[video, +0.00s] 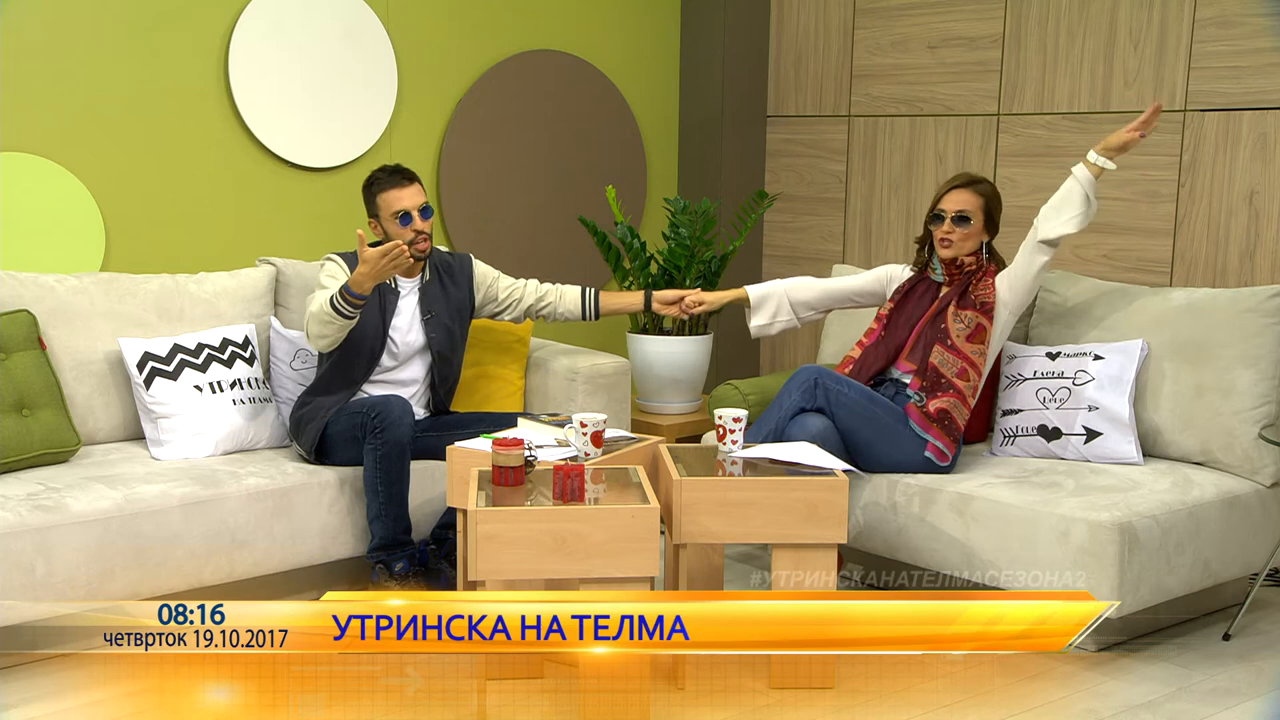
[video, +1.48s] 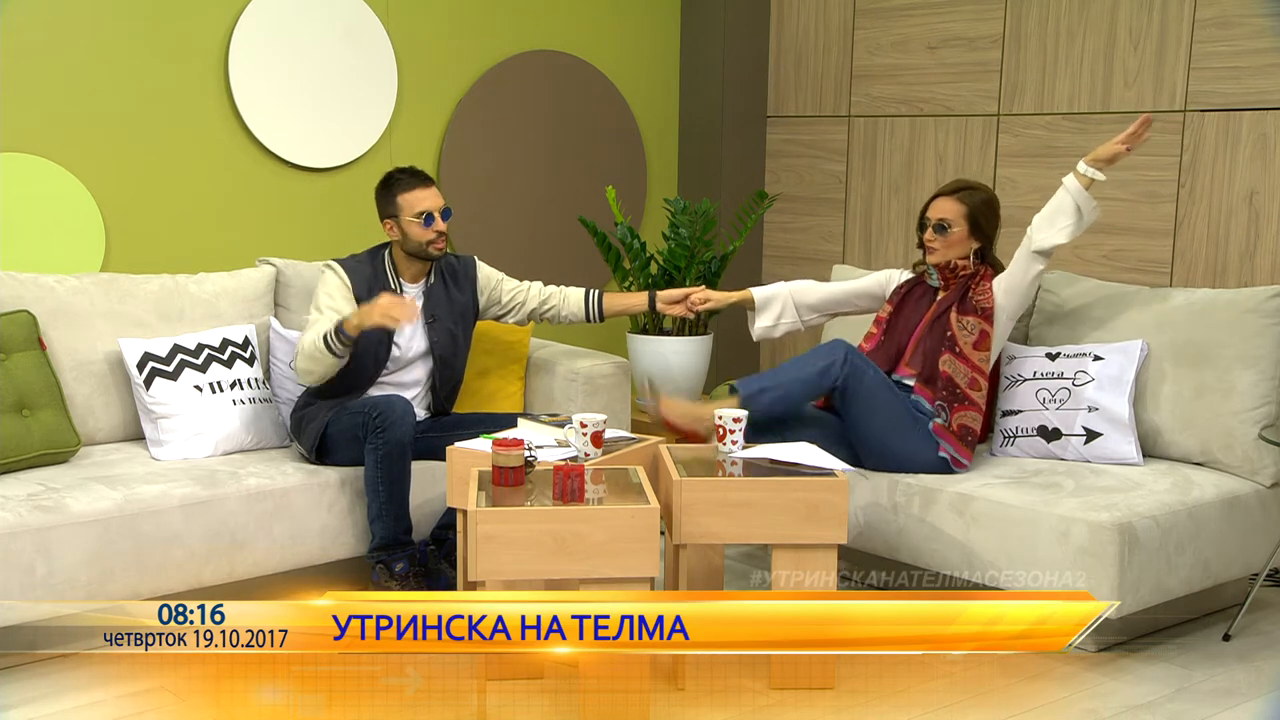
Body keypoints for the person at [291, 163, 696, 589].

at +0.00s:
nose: (419, 226)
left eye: (424, 212)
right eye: (402, 218)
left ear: (433, 212)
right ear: (374, 227)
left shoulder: (460, 273)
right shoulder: (345, 271)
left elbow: (543, 299)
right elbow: (319, 337)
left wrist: (650, 299)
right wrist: (361, 284)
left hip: (417, 421)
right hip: (332, 423)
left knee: (515, 430)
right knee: (393, 411)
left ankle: (443, 549)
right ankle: (393, 558)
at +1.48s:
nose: (440, 227)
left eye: (443, 215)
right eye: (424, 219)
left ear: (449, 216)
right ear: (390, 228)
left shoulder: (464, 276)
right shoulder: (345, 280)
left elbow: (547, 301)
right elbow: (307, 369)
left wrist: (654, 300)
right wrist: (354, 323)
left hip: (417, 421)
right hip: (331, 422)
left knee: (515, 431)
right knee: (393, 410)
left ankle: (444, 550)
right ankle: (392, 559)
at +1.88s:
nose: (443, 228)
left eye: (443, 215)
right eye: (428, 219)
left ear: (443, 215)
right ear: (389, 230)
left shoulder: (456, 275)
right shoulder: (334, 284)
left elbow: (533, 309)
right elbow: (306, 379)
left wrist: (637, 324)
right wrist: (369, 382)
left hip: (420, 420)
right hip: (333, 424)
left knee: (525, 431)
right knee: (391, 412)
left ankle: (440, 553)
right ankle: (393, 561)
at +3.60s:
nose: (431, 281)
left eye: (441, 270)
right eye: (420, 271)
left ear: (450, 259)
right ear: (398, 260)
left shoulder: (470, 295)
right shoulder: (361, 307)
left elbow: (544, 318)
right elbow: (318, 387)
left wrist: (638, 320)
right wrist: (371, 394)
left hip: (440, 426)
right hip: (367, 428)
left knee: (527, 420)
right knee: (411, 427)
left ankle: (464, 548)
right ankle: (425, 557)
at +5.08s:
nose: (457, 262)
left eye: (464, 253)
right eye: (445, 254)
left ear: (471, 258)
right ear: (424, 263)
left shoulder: (490, 302)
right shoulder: (392, 312)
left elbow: (559, 323)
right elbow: (360, 390)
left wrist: (643, 325)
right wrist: (396, 381)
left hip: (463, 419)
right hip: (393, 422)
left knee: (546, 416)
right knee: (443, 408)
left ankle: (483, 524)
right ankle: (442, 537)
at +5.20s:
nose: (456, 260)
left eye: (463, 251)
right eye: (444, 252)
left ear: (470, 257)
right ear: (424, 261)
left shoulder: (489, 301)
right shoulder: (394, 312)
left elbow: (556, 323)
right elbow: (382, 393)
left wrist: (642, 325)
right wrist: (416, 350)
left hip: (464, 418)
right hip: (394, 421)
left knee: (547, 415)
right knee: (444, 406)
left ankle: (485, 521)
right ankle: (443, 534)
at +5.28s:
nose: (455, 258)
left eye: (462, 250)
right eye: (443, 251)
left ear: (469, 255)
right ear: (424, 259)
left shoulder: (488, 299)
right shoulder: (398, 310)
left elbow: (555, 322)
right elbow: (410, 383)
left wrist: (642, 326)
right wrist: (433, 320)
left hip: (465, 416)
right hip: (398, 419)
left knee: (548, 415)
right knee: (446, 406)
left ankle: (486, 520)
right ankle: (445, 533)